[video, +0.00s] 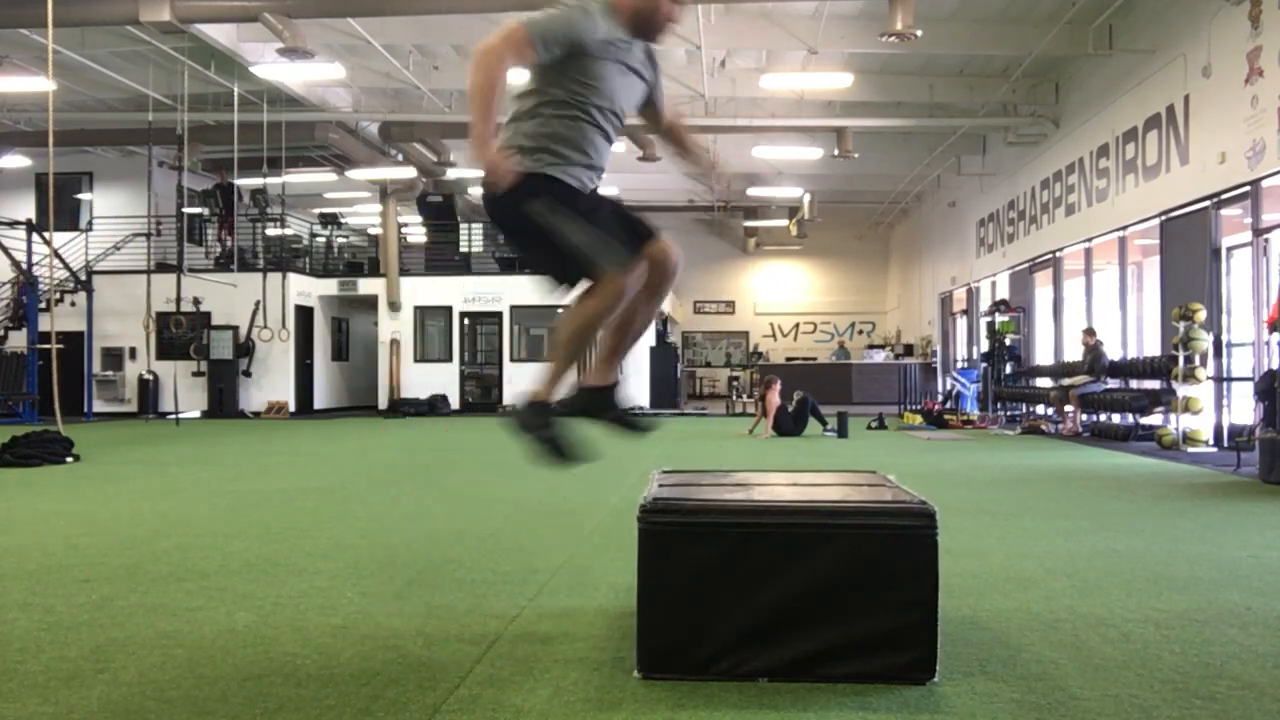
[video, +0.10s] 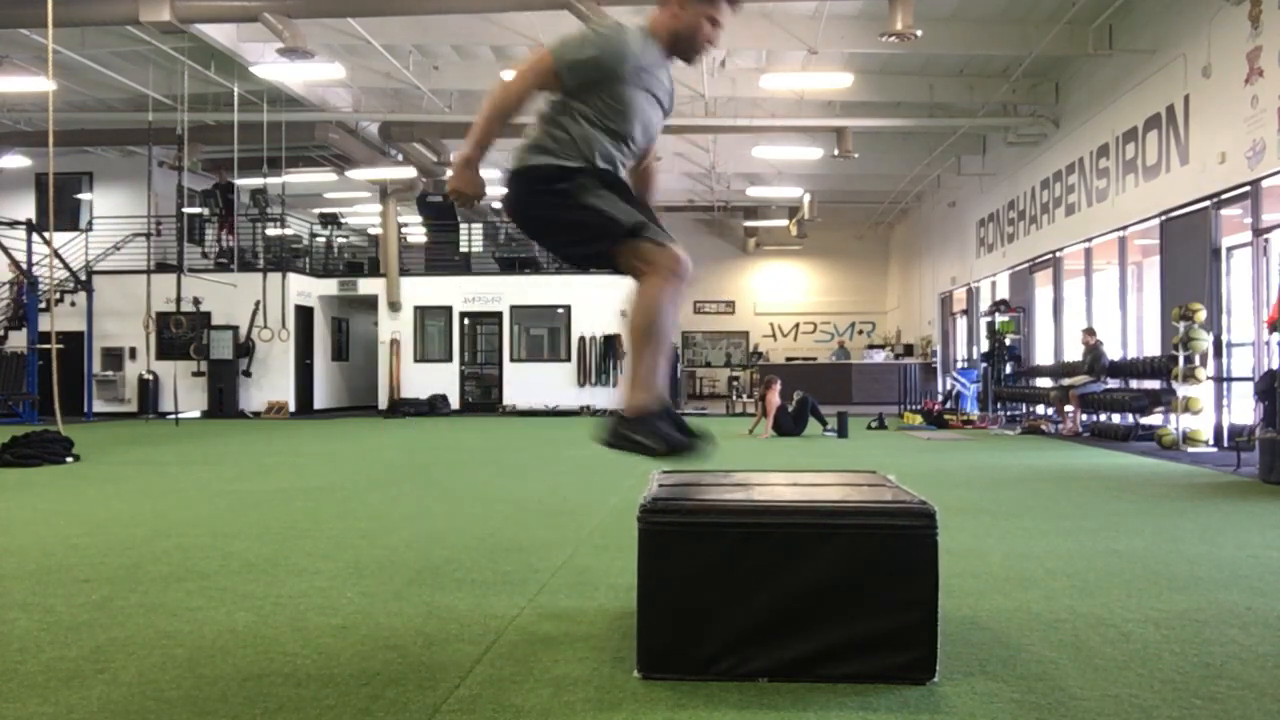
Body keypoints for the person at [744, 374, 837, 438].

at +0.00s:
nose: (780, 387)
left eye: (779, 384)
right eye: (778, 384)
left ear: (768, 385)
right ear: (773, 385)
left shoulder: (765, 396)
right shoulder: (773, 396)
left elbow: (759, 415)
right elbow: (770, 416)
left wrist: (751, 430)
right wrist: (766, 433)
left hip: (784, 430)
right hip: (792, 431)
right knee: (807, 399)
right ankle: (826, 426)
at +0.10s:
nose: (780, 386)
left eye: (779, 384)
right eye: (778, 384)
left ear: (768, 385)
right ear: (773, 385)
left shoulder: (765, 396)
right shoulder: (773, 396)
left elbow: (759, 415)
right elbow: (770, 416)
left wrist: (751, 430)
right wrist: (766, 433)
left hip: (784, 430)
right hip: (792, 431)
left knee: (804, 399)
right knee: (807, 399)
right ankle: (826, 426)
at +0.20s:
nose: (780, 387)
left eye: (779, 384)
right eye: (778, 385)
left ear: (768, 386)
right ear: (773, 385)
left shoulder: (765, 396)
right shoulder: (773, 396)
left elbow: (759, 415)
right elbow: (770, 416)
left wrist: (751, 429)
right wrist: (767, 433)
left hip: (784, 430)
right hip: (792, 431)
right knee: (807, 399)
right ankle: (826, 426)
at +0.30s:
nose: (780, 387)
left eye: (779, 384)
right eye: (778, 385)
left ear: (768, 386)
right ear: (773, 385)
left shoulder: (765, 396)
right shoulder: (773, 396)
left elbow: (759, 415)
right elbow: (770, 415)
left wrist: (751, 429)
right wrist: (767, 433)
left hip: (784, 430)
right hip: (792, 431)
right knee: (807, 399)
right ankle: (826, 426)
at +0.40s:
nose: (780, 387)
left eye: (779, 385)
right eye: (778, 385)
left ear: (767, 385)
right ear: (774, 385)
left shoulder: (764, 396)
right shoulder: (772, 395)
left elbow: (759, 415)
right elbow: (770, 415)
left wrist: (751, 430)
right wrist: (767, 433)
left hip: (785, 430)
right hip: (793, 431)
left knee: (804, 398)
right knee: (807, 399)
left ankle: (825, 425)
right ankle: (826, 426)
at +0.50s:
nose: (779, 387)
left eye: (779, 384)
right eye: (778, 384)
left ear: (767, 385)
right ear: (774, 385)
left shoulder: (764, 396)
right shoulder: (772, 395)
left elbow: (759, 416)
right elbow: (770, 416)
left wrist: (751, 430)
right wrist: (767, 433)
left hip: (785, 430)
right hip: (793, 431)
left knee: (805, 398)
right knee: (807, 399)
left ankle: (825, 425)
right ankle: (826, 426)